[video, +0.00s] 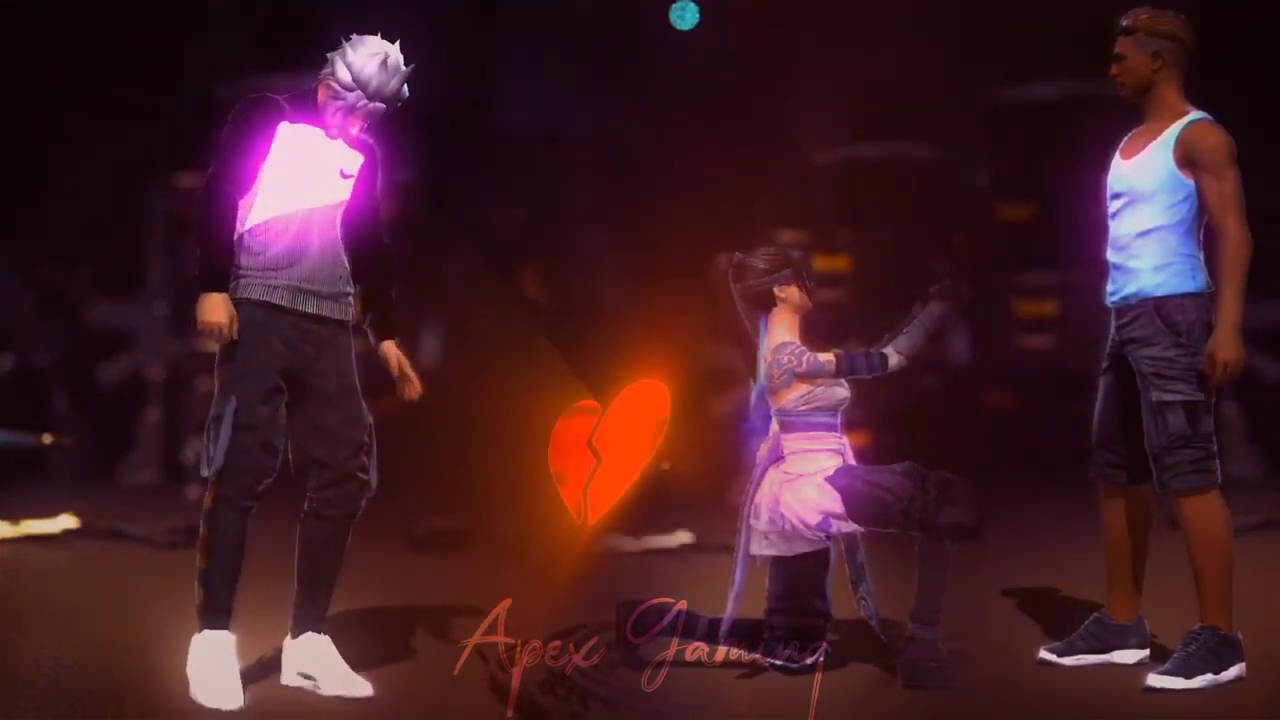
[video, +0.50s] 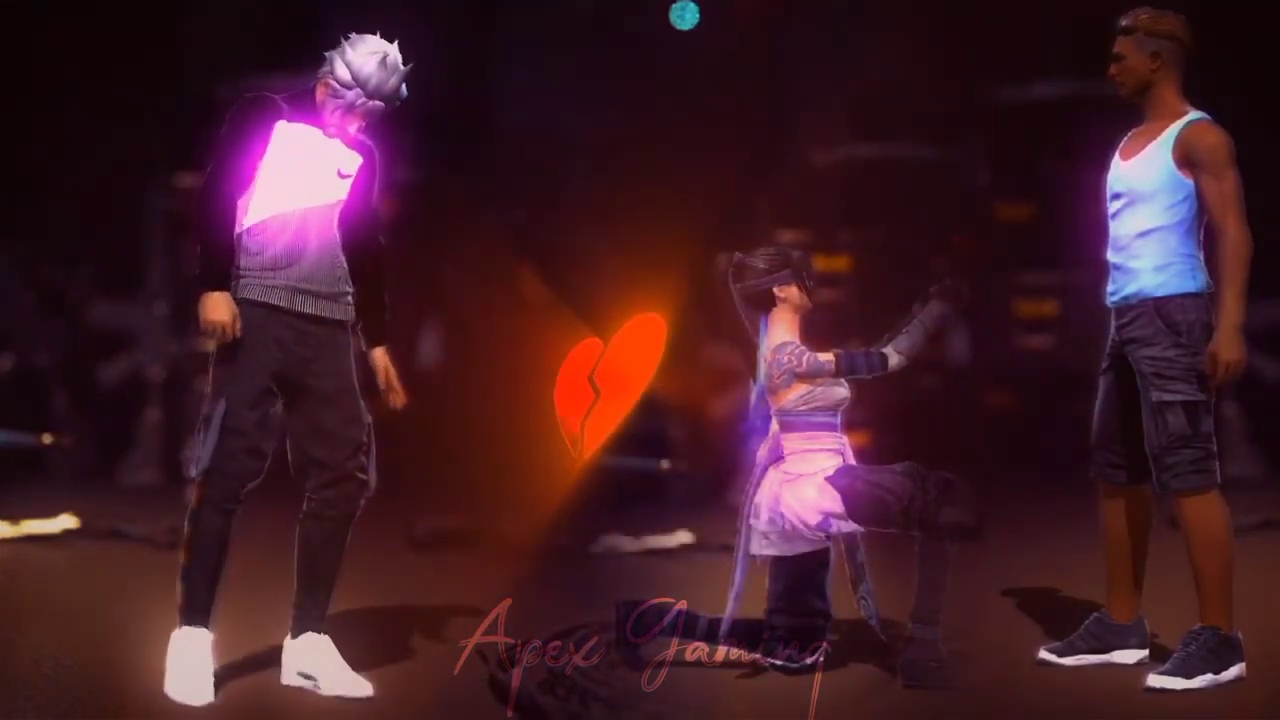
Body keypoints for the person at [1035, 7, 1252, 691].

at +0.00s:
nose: (1113, 68)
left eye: (1122, 59)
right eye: (1113, 59)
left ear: (1160, 62)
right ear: (1142, 65)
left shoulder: (1200, 135)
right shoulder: (1133, 140)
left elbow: (1234, 233)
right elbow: (1136, 239)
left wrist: (1227, 328)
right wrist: (1118, 320)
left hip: (1172, 320)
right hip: (1125, 322)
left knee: (1190, 476)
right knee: (1117, 471)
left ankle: (1217, 636)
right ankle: (1121, 623)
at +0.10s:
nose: (1113, 69)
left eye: (1122, 59)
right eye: (1113, 59)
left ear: (1160, 62)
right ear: (1141, 65)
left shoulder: (1200, 135)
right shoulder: (1133, 140)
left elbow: (1234, 233)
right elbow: (1136, 239)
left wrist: (1228, 328)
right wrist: (1118, 319)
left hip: (1172, 320)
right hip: (1125, 322)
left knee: (1190, 476)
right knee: (1116, 470)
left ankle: (1216, 636)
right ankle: (1121, 623)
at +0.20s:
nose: (1113, 69)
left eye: (1122, 59)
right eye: (1113, 59)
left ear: (1160, 63)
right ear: (1141, 65)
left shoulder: (1200, 135)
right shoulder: (1133, 140)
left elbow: (1234, 233)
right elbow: (1136, 239)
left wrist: (1228, 328)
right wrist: (1118, 319)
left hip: (1172, 320)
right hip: (1125, 322)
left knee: (1190, 476)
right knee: (1116, 470)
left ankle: (1217, 636)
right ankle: (1121, 623)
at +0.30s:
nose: (1112, 68)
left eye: (1122, 58)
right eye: (1113, 59)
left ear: (1160, 62)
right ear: (1142, 65)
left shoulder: (1200, 135)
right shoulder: (1133, 139)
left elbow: (1234, 233)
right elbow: (1136, 239)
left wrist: (1228, 328)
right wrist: (1118, 319)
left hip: (1172, 320)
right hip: (1125, 322)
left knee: (1190, 476)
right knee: (1116, 470)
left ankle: (1216, 636)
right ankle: (1121, 623)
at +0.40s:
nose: (1112, 68)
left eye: (1122, 58)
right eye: (1113, 58)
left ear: (1160, 63)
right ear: (1141, 65)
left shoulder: (1200, 135)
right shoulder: (1133, 139)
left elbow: (1234, 235)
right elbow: (1136, 239)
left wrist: (1228, 328)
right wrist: (1118, 319)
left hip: (1172, 320)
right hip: (1125, 322)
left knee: (1190, 476)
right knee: (1116, 470)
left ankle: (1216, 636)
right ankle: (1121, 623)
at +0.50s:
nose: (1112, 68)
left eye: (1122, 58)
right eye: (1112, 58)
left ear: (1159, 62)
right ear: (1141, 65)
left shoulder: (1199, 135)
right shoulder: (1133, 140)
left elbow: (1234, 234)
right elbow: (1136, 240)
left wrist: (1229, 328)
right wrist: (1118, 319)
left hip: (1172, 320)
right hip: (1125, 322)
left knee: (1189, 476)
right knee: (1116, 470)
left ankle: (1216, 636)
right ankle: (1121, 623)